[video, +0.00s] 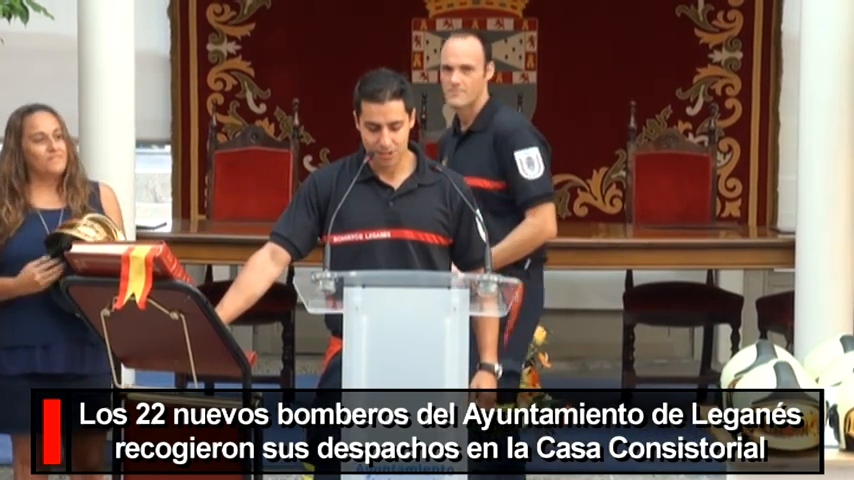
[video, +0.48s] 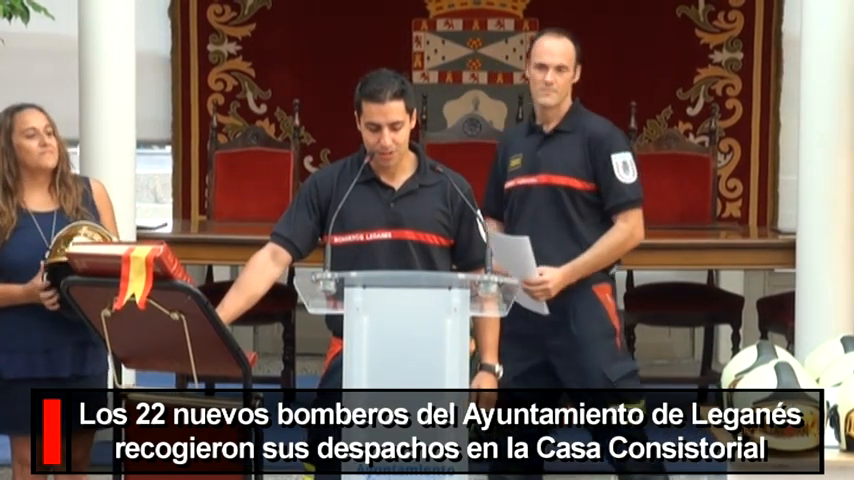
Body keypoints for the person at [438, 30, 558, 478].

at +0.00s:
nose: (453, 78)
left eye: (465, 69)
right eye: (446, 69)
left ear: (488, 74)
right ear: (439, 75)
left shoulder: (513, 132)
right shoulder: (449, 141)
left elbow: (543, 225)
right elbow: (446, 214)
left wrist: (477, 266)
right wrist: (443, 259)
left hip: (509, 296)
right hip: (464, 294)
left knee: (492, 410)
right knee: (457, 407)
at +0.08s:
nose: (471, 77)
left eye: (482, 68)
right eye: (463, 69)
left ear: (500, 73)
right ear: (453, 75)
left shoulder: (528, 132)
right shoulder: (456, 137)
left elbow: (557, 224)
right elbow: (453, 211)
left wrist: (488, 267)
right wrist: (452, 261)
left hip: (518, 295)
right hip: (469, 292)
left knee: (509, 406)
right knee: (465, 405)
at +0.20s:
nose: (498, 77)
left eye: (508, 68)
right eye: (488, 68)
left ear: (521, 72)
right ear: (472, 73)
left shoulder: (548, 131)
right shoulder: (467, 135)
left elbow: (580, 223)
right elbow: (458, 210)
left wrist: (514, 268)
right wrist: (465, 266)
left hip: (535, 293)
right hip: (478, 292)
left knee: (536, 412)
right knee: (482, 413)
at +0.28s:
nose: (512, 78)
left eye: (522, 68)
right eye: (503, 68)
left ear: (535, 73)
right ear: (487, 73)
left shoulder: (562, 134)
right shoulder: (477, 140)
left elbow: (594, 225)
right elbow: (465, 217)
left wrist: (526, 273)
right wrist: (469, 274)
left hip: (543, 304)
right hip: (488, 304)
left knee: (563, 436)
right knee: (494, 438)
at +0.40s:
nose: (533, 78)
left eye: (544, 69)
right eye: (525, 68)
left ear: (559, 74)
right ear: (510, 72)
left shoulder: (585, 135)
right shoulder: (495, 140)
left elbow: (616, 226)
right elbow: (480, 225)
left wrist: (550, 274)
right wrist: (482, 281)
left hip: (567, 311)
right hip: (505, 313)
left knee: (604, 436)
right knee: (506, 446)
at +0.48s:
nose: (548, 78)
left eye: (559, 69)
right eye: (540, 68)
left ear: (576, 75)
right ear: (527, 71)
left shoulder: (602, 137)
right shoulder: (512, 140)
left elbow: (632, 228)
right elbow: (493, 224)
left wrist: (566, 275)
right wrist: (498, 273)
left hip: (584, 316)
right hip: (520, 315)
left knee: (626, 442)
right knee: (513, 448)